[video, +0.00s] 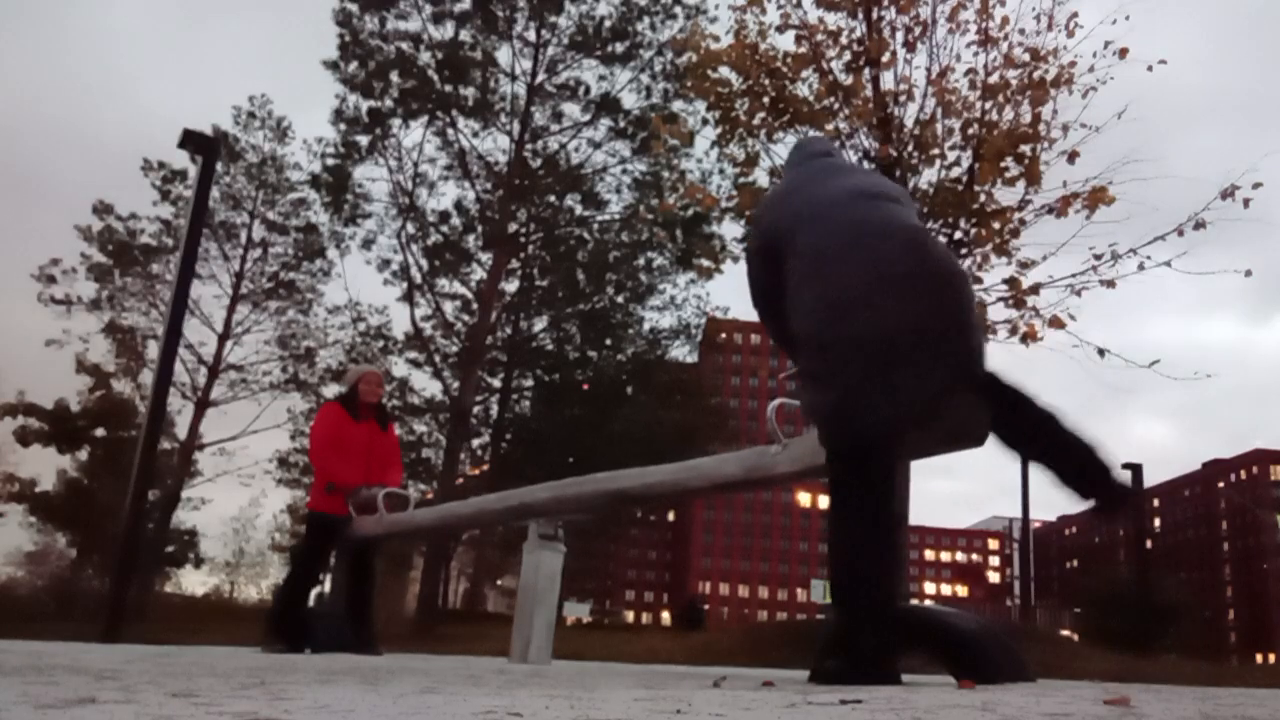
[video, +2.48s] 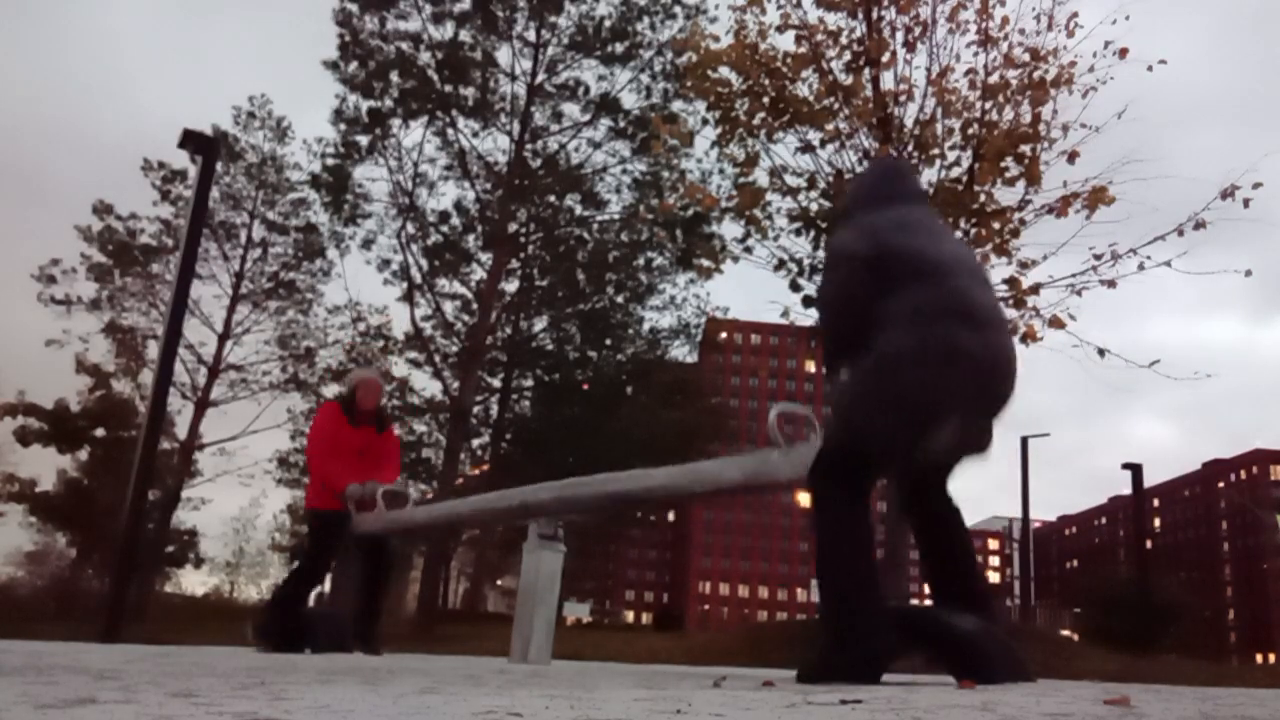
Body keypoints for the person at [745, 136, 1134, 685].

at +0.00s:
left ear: (787, 172)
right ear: (837, 159)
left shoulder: (770, 211)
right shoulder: (881, 185)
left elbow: (769, 304)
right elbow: (918, 259)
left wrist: (812, 354)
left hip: (851, 360)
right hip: (936, 338)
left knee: (860, 504)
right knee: (990, 396)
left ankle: (862, 644)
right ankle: (1101, 484)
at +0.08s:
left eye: (774, 177)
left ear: (784, 173)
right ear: (835, 160)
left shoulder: (771, 213)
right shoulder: (878, 187)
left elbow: (768, 303)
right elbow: (913, 263)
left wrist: (806, 358)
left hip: (851, 367)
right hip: (938, 347)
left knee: (857, 514)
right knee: (972, 415)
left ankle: (863, 649)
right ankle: (1065, 502)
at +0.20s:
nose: (772, 188)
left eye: (774, 180)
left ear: (781, 176)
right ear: (831, 162)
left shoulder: (773, 217)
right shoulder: (881, 194)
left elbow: (771, 310)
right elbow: (914, 271)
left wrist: (808, 355)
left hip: (846, 369)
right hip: (934, 354)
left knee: (845, 509)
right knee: (952, 439)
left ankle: (861, 647)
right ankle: (1021, 542)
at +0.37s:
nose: (774, 194)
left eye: (775, 186)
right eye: (776, 187)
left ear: (785, 178)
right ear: (837, 163)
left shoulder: (781, 220)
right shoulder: (883, 197)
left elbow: (784, 314)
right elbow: (925, 276)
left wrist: (815, 361)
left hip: (856, 354)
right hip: (941, 342)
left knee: (842, 494)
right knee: (928, 460)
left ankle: (859, 638)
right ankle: (971, 590)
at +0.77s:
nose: (832, 204)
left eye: (836, 196)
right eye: (835, 197)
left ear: (852, 191)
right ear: (899, 188)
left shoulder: (848, 233)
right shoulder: (929, 233)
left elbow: (822, 311)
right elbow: (934, 318)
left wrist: (833, 376)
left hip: (895, 386)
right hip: (971, 382)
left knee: (838, 510)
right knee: (926, 508)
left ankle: (863, 648)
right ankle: (982, 634)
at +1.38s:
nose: (858, 254)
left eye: (869, 243)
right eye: (864, 242)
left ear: (886, 251)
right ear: (926, 254)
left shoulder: (867, 298)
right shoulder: (953, 303)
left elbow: (834, 380)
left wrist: (835, 439)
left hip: (913, 443)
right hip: (991, 448)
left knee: (804, 533)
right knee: (916, 546)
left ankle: (869, 649)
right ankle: (988, 652)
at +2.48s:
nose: (842, 209)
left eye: (846, 200)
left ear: (861, 196)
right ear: (910, 193)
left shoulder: (859, 231)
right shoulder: (939, 232)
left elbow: (838, 317)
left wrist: (836, 361)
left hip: (912, 366)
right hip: (988, 367)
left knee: (836, 481)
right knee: (923, 484)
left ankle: (852, 643)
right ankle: (976, 631)